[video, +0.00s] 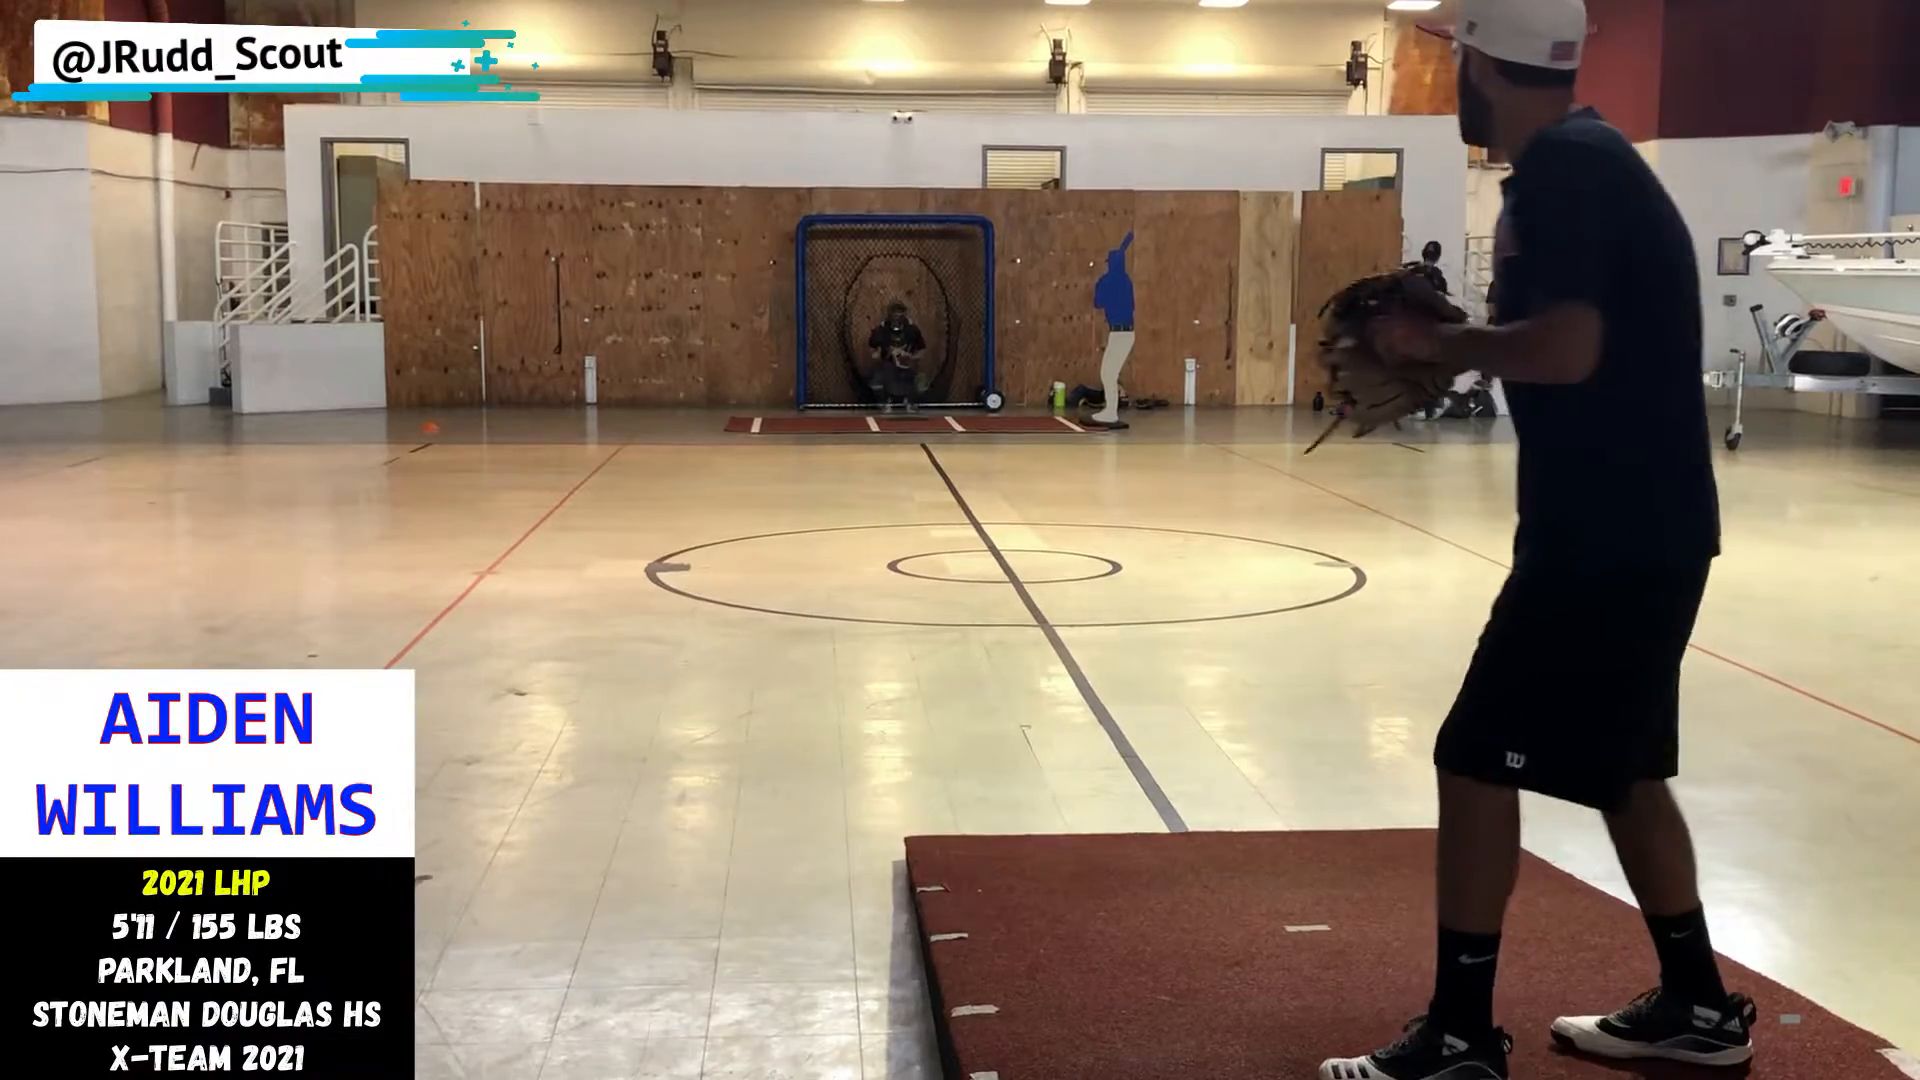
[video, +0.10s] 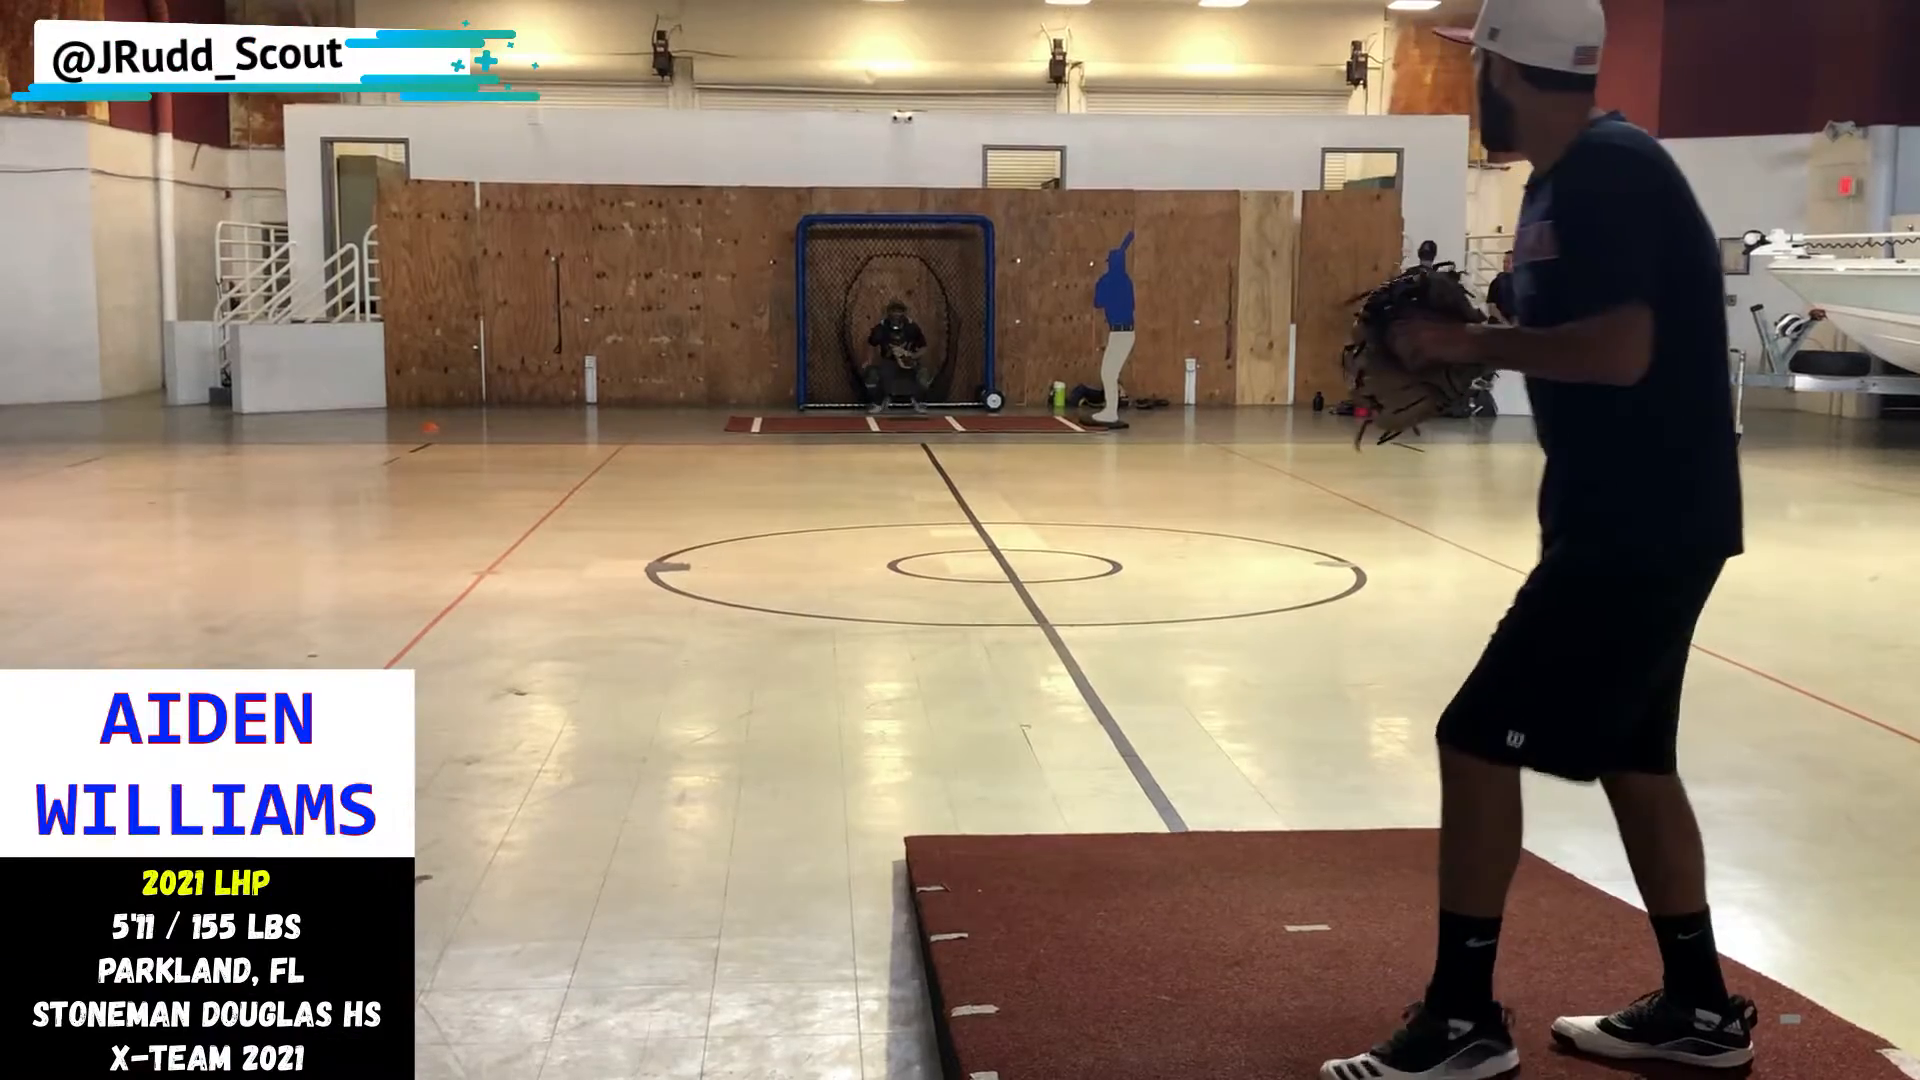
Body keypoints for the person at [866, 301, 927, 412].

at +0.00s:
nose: (898, 318)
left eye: (901, 315)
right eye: (895, 315)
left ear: (904, 315)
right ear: (889, 315)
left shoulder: (912, 330)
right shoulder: (880, 331)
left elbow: (922, 350)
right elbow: (874, 352)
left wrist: (910, 356)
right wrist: (887, 353)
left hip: (906, 365)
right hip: (888, 366)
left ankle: (909, 400)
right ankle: (887, 402)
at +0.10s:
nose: (897, 319)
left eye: (900, 315)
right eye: (894, 315)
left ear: (904, 314)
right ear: (888, 314)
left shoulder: (912, 327)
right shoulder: (880, 329)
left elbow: (923, 348)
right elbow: (871, 346)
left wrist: (913, 356)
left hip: (908, 361)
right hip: (889, 362)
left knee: (920, 372)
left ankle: (916, 400)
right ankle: (884, 400)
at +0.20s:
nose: (896, 326)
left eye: (899, 323)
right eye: (893, 323)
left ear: (904, 321)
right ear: (888, 321)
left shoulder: (912, 333)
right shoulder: (881, 333)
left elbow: (925, 355)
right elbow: (870, 353)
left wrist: (911, 360)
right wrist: (869, 372)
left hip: (909, 368)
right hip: (889, 369)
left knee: (924, 376)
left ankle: (923, 402)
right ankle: (881, 403)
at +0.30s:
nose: (896, 336)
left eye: (899, 332)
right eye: (893, 332)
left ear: (905, 331)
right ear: (888, 332)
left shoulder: (911, 343)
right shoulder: (881, 344)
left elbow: (929, 361)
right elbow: (869, 365)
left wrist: (911, 366)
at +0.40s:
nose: (896, 344)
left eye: (899, 340)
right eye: (893, 340)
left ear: (904, 340)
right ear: (888, 340)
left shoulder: (911, 351)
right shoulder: (881, 352)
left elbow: (931, 365)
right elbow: (873, 370)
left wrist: (913, 371)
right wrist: (892, 371)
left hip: (911, 387)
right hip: (889, 387)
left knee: (922, 381)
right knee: (871, 380)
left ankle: (924, 405)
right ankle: (881, 405)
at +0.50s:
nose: (896, 347)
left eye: (900, 343)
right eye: (894, 343)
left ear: (906, 342)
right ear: (889, 342)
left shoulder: (913, 354)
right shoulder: (882, 355)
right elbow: (873, 372)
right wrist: (891, 373)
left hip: (910, 389)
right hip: (889, 388)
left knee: (921, 382)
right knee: (872, 381)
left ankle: (925, 404)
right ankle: (881, 404)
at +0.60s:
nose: (898, 344)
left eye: (902, 341)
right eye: (895, 341)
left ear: (906, 341)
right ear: (890, 340)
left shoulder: (913, 353)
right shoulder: (882, 354)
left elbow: (929, 370)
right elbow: (875, 374)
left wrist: (910, 374)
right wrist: (889, 373)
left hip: (910, 389)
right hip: (889, 389)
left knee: (921, 383)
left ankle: (925, 405)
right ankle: (883, 405)